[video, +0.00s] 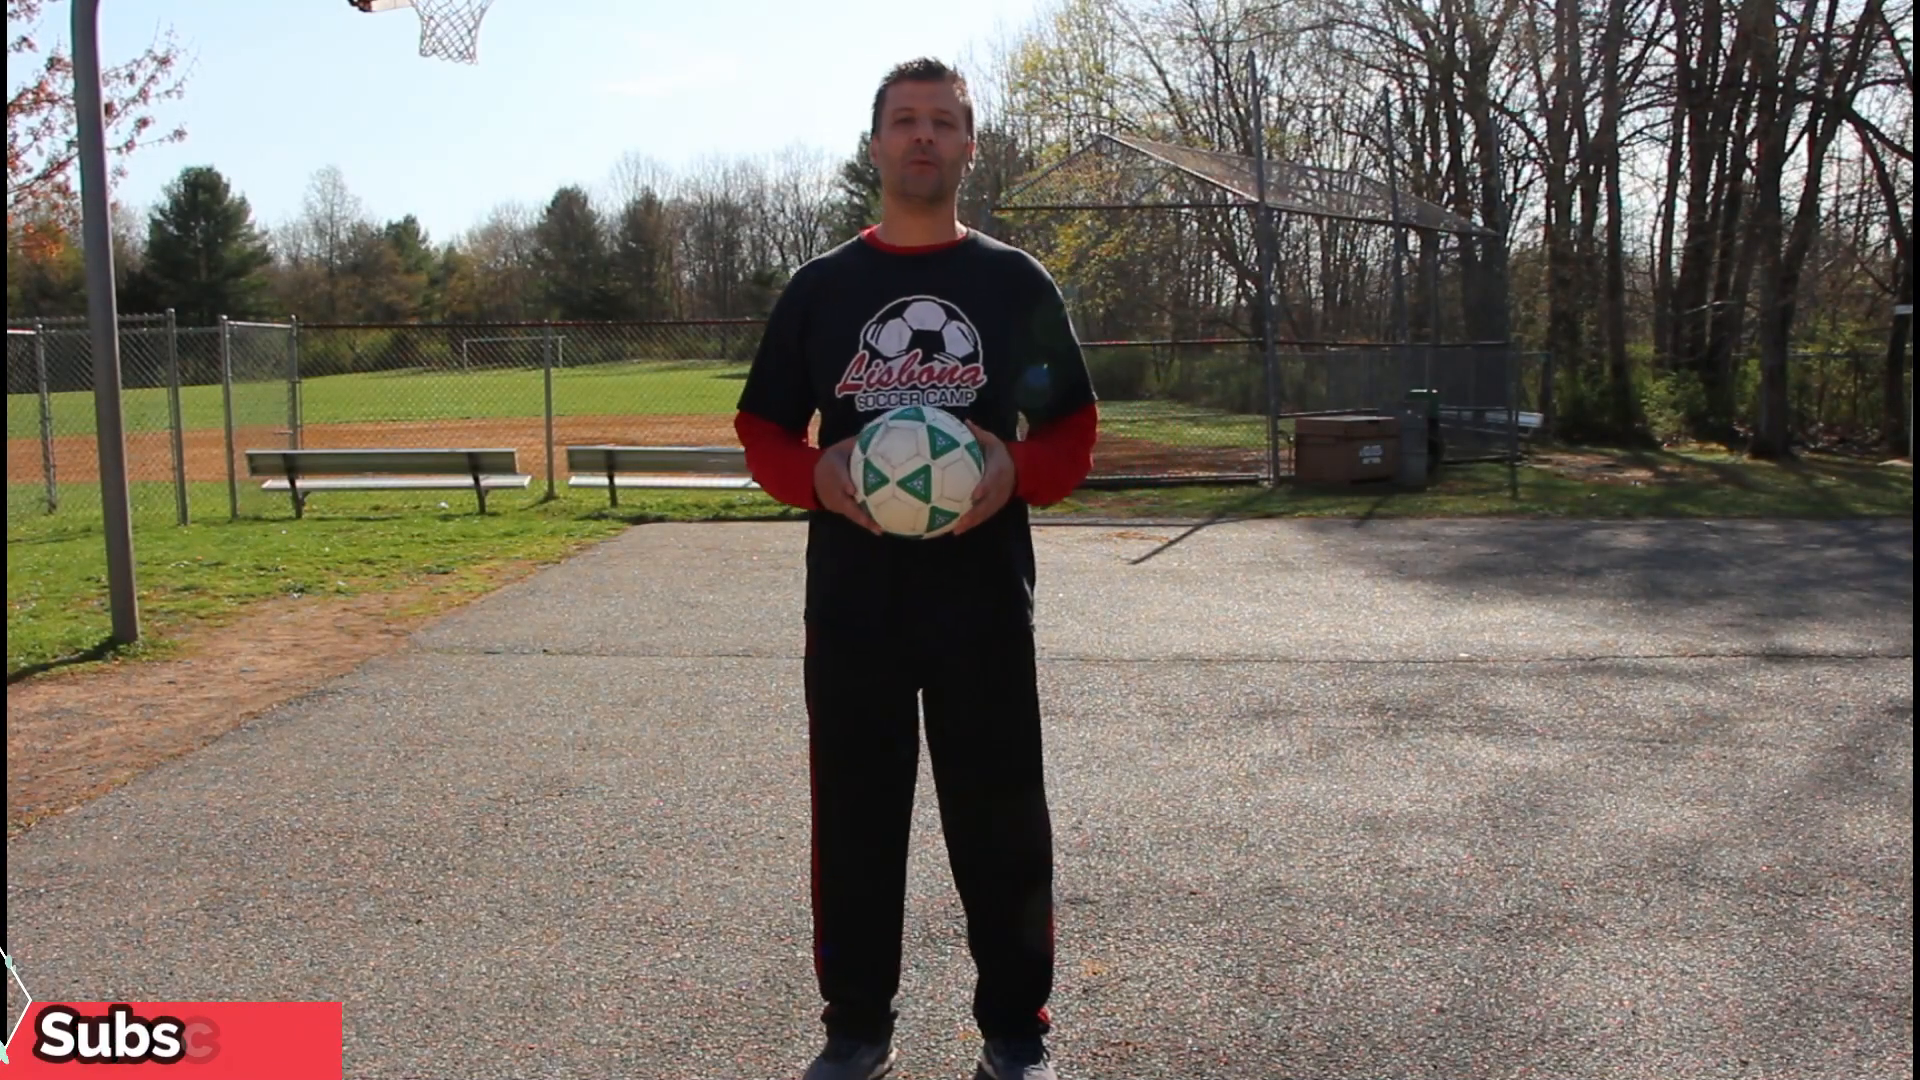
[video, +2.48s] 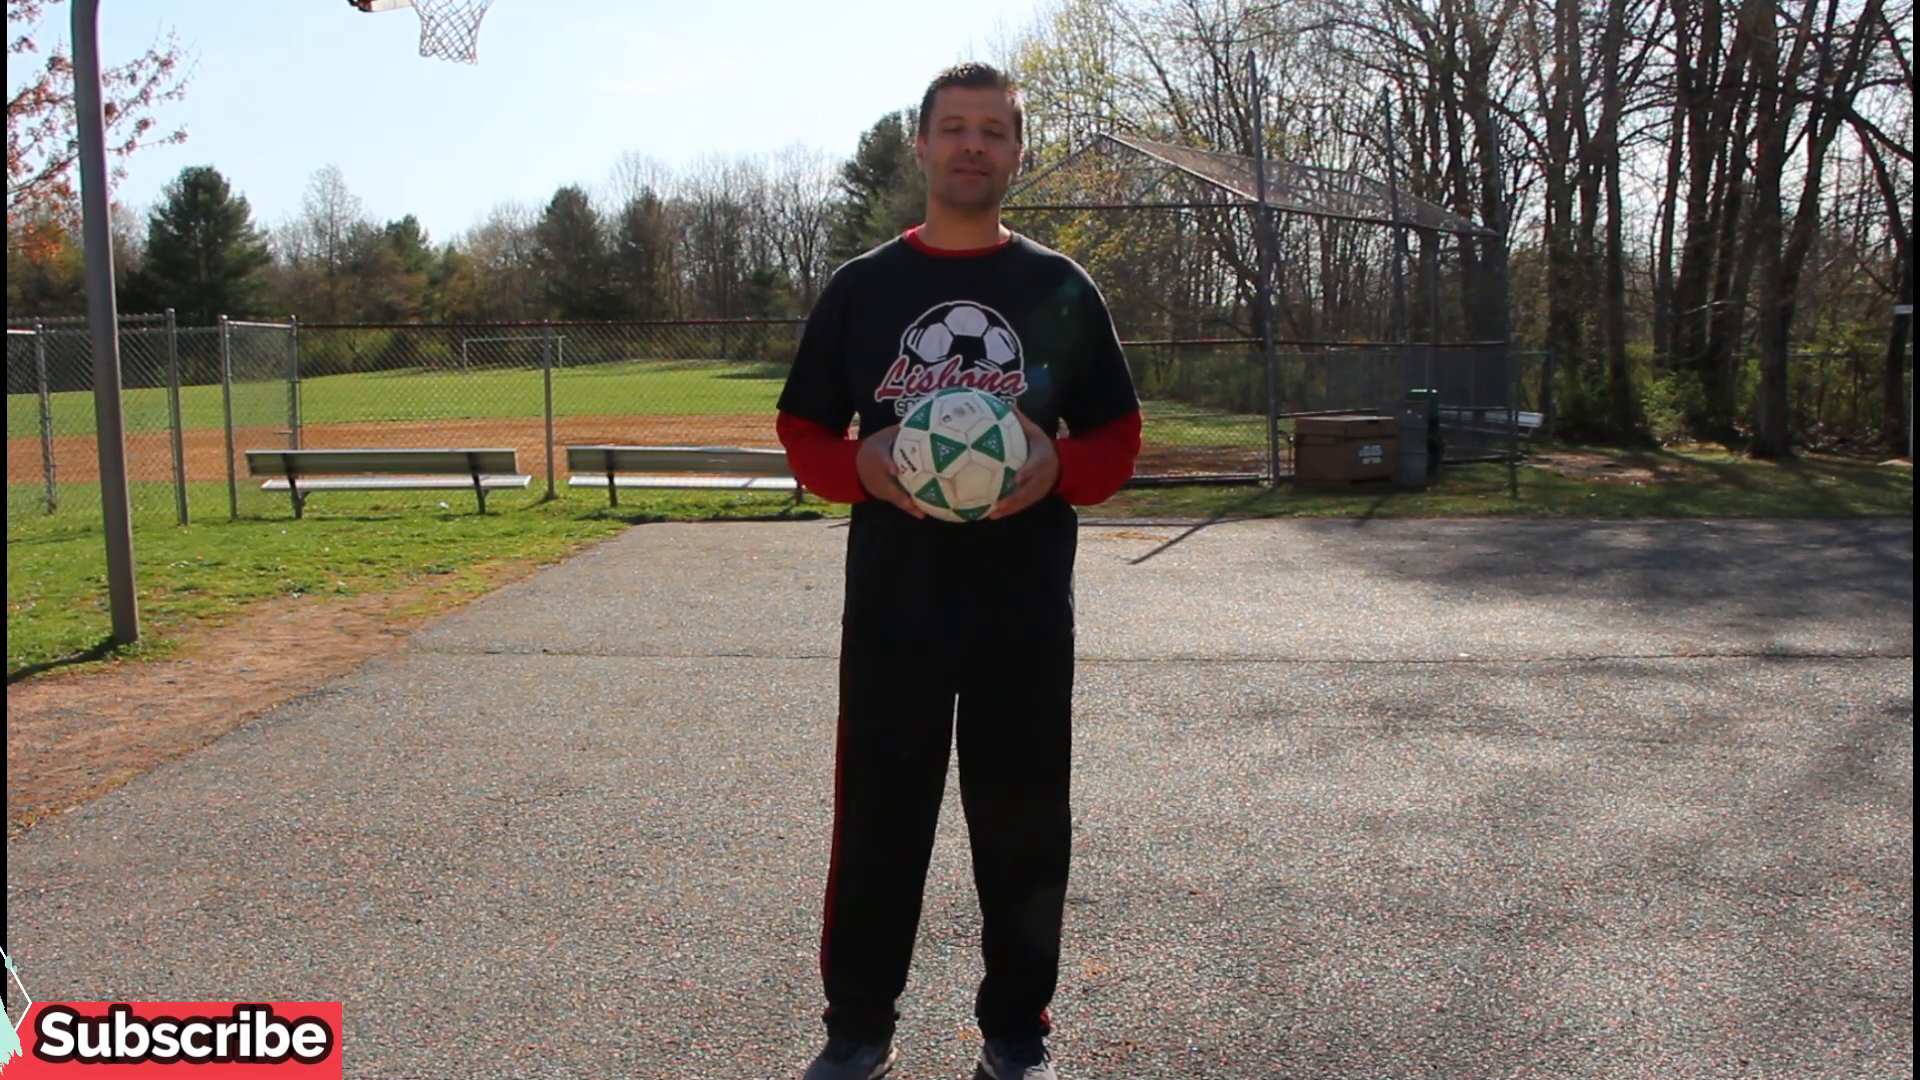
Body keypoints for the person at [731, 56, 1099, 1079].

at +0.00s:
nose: (925, 136)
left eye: (945, 122)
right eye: (905, 121)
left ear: (971, 148)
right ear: (874, 144)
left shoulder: (1017, 283)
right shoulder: (817, 288)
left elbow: (1075, 425)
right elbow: (760, 423)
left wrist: (1018, 470)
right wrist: (811, 475)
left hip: (980, 587)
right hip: (852, 589)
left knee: (999, 809)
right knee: (852, 811)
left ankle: (1015, 1030)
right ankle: (854, 1026)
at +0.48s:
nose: (886, 139)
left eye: (903, 123)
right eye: (864, 127)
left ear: (932, 143)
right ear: (837, 153)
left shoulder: (988, 283)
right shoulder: (788, 293)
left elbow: (1044, 437)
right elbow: (732, 438)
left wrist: (987, 456)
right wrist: (788, 462)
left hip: (950, 593)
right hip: (823, 598)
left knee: (979, 812)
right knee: (835, 818)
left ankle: (1016, 1029)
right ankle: (853, 1025)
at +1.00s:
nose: (880, 148)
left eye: (897, 131)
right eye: (857, 133)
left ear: (923, 148)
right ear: (828, 155)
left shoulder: (974, 287)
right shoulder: (774, 293)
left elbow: (1028, 433)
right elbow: (719, 427)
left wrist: (976, 486)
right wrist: (771, 480)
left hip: (935, 594)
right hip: (810, 597)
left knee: (968, 814)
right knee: (826, 819)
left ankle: (1013, 1029)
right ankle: (853, 1025)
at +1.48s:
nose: (894, 141)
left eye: (917, 128)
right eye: (876, 124)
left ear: (945, 154)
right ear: (849, 145)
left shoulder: (994, 283)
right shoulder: (787, 288)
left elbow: (1047, 426)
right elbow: (734, 428)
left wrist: (998, 463)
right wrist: (789, 474)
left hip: (957, 591)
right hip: (830, 595)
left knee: (983, 815)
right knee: (838, 819)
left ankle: (1014, 1028)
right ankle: (853, 1026)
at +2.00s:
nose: (935, 143)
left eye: (959, 131)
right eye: (919, 124)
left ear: (986, 160)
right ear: (889, 142)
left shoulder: (1025, 285)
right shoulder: (824, 286)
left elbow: (1079, 429)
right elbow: (774, 422)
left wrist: (1028, 454)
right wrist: (817, 478)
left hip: (991, 599)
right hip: (862, 599)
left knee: (1007, 817)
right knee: (858, 818)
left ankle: (1014, 1028)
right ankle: (854, 1027)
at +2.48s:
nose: (976, 147)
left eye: (997, 132)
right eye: (957, 130)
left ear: (1020, 153)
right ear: (922, 146)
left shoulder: (1062, 290)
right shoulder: (856, 289)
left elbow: (1119, 431)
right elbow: (801, 428)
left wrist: (1060, 465)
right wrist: (855, 466)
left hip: (1023, 593)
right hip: (893, 591)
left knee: (1024, 813)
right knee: (878, 808)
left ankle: (1018, 1030)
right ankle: (857, 1025)